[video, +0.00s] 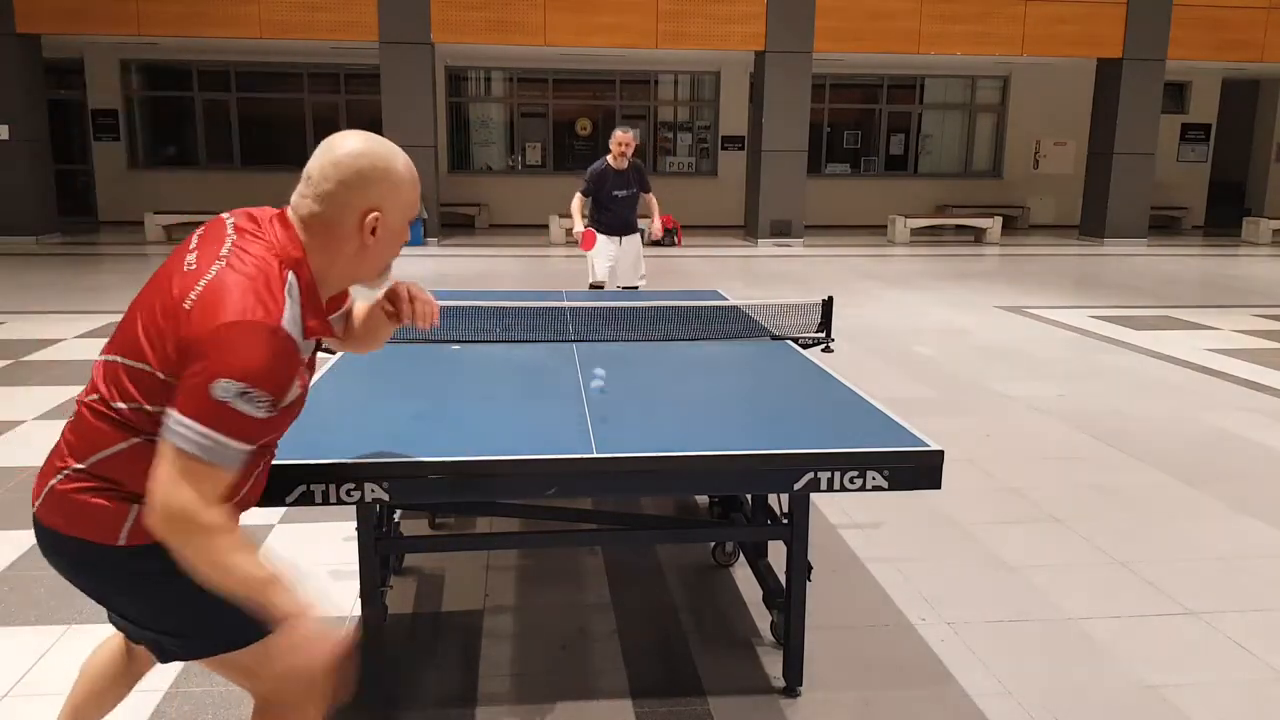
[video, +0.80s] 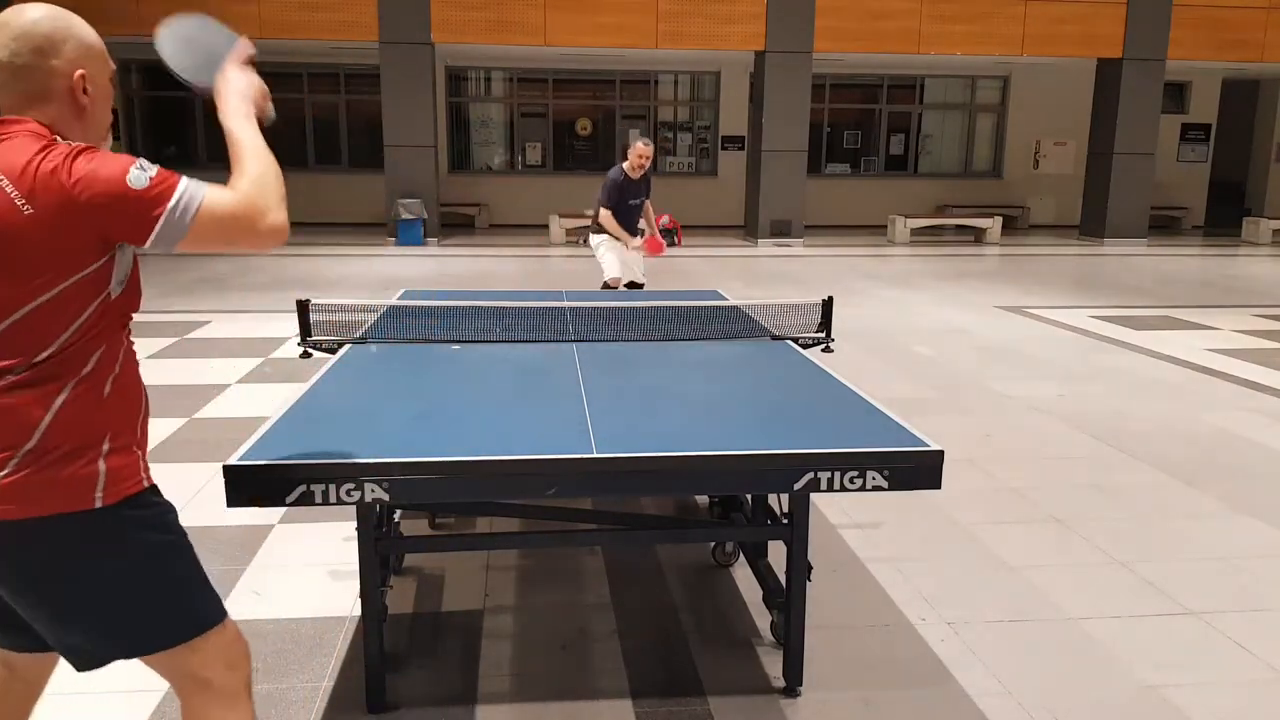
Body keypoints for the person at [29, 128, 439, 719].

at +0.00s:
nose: (404, 243)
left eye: (410, 228)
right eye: (406, 228)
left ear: (309, 194)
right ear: (370, 226)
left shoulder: (258, 231)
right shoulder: (254, 321)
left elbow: (349, 330)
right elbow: (178, 507)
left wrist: (387, 310)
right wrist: (293, 612)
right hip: (111, 525)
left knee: (144, 637)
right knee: (303, 670)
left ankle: (70, 716)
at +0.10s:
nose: (403, 234)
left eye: (408, 221)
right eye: (402, 220)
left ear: (344, 216)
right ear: (354, 219)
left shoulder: (278, 237)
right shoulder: (229, 322)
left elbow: (349, 321)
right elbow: (123, 493)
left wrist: (379, 303)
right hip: (136, 518)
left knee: (139, 646)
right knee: (300, 676)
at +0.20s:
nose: (371, 207)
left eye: (375, 188)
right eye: (368, 188)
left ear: (303, 182)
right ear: (310, 182)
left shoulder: (247, 210)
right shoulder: (204, 287)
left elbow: (306, 287)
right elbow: (127, 475)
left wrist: (339, 282)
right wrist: (157, 616)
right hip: (143, 508)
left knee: (145, 633)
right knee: (292, 677)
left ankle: (73, 716)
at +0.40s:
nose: (264, 104)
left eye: (265, 84)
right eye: (253, 84)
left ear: (184, 82)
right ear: (192, 82)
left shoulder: (82, 156)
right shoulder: (149, 175)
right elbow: (346, 207)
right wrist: (347, 71)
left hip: (72, 481)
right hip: (143, 497)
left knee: (101, 616)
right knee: (251, 673)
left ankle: (38, 718)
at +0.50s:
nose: (201, 80)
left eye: (203, 64)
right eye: (197, 63)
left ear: (88, 62)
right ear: (153, 64)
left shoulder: (31, 150)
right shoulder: (132, 139)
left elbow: (165, 224)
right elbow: (294, 75)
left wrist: (215, 150)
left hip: (41, 474)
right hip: (137, 484)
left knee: (77, 635)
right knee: (248, 675)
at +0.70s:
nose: (123, 104)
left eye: (120, 86)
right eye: (117, 86)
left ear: (14, 88)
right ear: (83, 88)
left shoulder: (9, 161)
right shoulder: (79, 174)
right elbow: (267, 167)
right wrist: (207, 52)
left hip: (11, 506)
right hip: (92, 507)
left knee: (17, 680)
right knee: (231, 672)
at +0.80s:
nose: (113, 106)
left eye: (110, 87)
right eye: (108, 86)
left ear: (8, 88)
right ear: (78, 87)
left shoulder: (11, 167)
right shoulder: (76, 180)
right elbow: (263, 219)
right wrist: (236, 104)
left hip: (8, 503)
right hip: (78, 505)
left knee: (13, 676)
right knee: (217, 671)